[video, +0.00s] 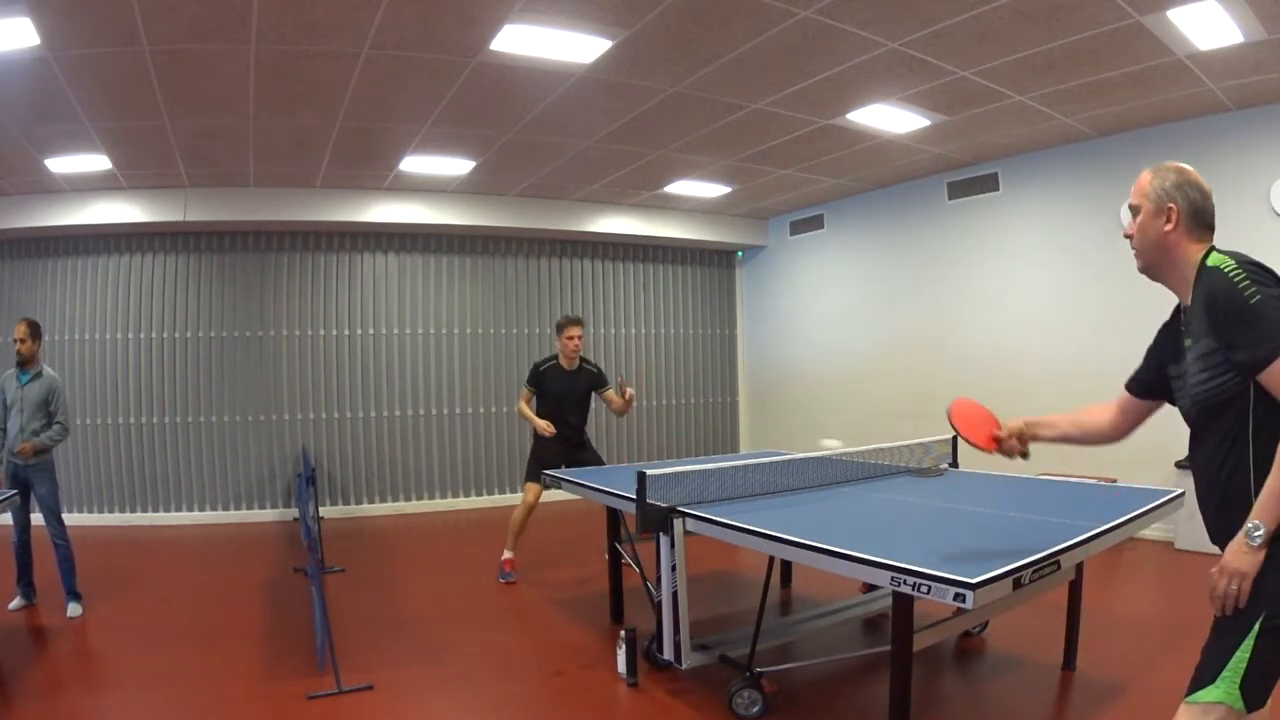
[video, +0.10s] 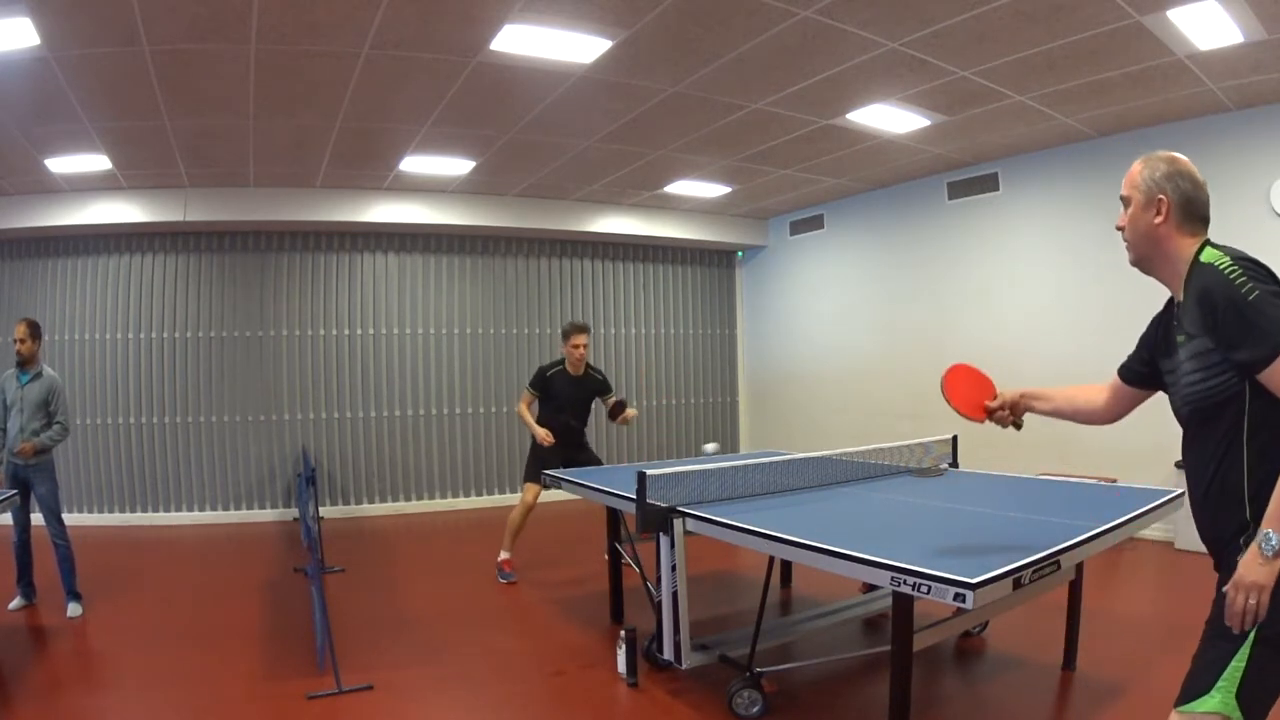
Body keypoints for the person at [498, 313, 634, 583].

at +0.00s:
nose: (576, 343)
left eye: (579, 338)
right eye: (570, 339)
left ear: (583, 341)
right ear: (558, 341)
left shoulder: (592, 372)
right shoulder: (541, 370)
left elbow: (617, 408)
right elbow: (522, 404)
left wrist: (626, 402)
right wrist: (536, 421)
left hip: (579, 445)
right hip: (547, 445)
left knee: (612, 491)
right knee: (530, 500)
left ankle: (618, 546)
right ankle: (508, 556)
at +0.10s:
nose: (581, 352)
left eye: (585, 347)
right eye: (576, 347)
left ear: (589, 347)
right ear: (564, 347)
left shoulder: (597, 379)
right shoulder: (547, 373)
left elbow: (614, 412)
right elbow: (522, 406)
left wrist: (625, 415)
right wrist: (535, 429)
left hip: (577, 447)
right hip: (546, 446)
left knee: (612, 489)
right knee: (529, 500)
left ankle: (616, 547)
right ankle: (504, 557)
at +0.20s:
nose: (581, 369)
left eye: (585, 363)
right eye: (575, 363)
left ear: (590, 363)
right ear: (566, 363)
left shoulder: (595, 392)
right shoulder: (547, 384)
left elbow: (608, 427)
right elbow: (521, 411)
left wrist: (606, 443)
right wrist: (527, 440)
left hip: (575, 452)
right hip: (543, 451)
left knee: (613, 491)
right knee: (529, 501)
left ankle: (614, 548)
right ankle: (504, 558)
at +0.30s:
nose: (571, 373)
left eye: (577, 368)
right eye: (567, 367)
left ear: (583, 367)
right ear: (558, 364)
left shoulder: (586, 395)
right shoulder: (537, 381)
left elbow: (598, 440)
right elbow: (516, 403)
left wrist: (589, 448)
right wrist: (515, 433)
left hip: (567, 449)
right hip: (533, 446)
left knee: (597, 497)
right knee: (520, 499)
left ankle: (616, 547)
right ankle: (503, 557)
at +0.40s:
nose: (560, 366)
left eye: (565, 361)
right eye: (555, 360)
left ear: (572, 361)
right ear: (546, 359)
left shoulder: (577, 386)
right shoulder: (530, 374)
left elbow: (593, 423)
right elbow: (511, 394)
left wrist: (598, 421)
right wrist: (501, 421)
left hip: (560, 442)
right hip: (528, 441)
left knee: (584, 494)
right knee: (517, 498)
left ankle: (605, 540)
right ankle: (504, 556)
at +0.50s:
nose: (553, 355)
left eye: (558, 350)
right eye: (548, 350)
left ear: (564, 351)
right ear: (539, 351)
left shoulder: (573, 378)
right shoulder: (524, 372)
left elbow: (600, 407)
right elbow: (507, 394)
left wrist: (610, 393)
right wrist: (494, 415)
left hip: (562, 443)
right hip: (530, 443)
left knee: (584, 493)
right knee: (518, 497)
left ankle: (598, 536)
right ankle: (504, 557)